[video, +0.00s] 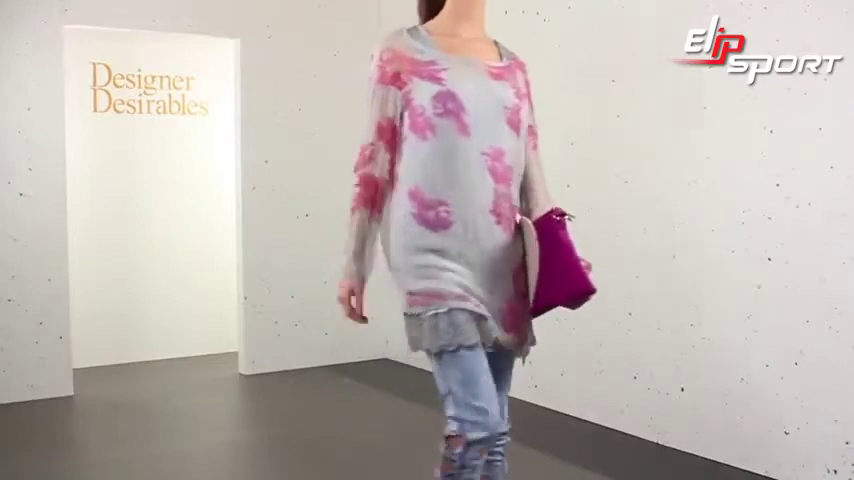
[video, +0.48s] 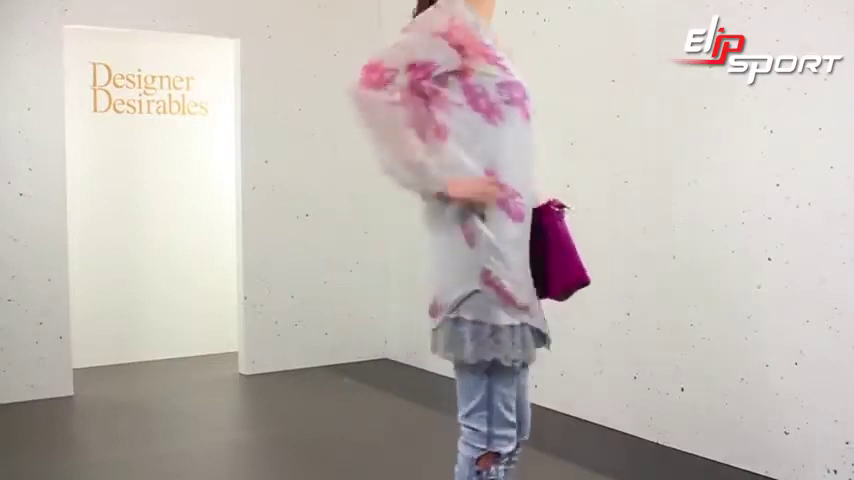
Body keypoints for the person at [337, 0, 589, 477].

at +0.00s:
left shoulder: (513, 67)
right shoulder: (402, 51)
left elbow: (531, 175)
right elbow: (376, 163)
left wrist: (560, 262)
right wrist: (356, 263)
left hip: (504, 266)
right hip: (432, 261)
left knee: (494, 429)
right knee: (477, 423)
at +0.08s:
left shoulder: (514, 65)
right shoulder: (408, 46)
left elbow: (537, 175)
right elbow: (364, 156)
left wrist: (557, 266)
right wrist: (350, 255)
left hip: (504, 265)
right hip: (436, 264)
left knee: (488, 432)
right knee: (487, 432)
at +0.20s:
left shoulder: (507, 58)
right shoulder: (416, 42)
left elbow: (533, 164)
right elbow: (347, 140)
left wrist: (556, 257)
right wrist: (348, 245)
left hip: (506, 264)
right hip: (450, 266)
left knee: (494, 440)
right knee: (484, 441)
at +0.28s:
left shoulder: (493, 44)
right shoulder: (422, 36)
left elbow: (520, 146)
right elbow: (341, 126)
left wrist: (550, 243)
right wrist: (361, 233)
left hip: (510, 258)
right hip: (459, 262)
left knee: (504, 439)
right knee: (479, 440)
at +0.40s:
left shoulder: (484, 40)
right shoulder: (438, 25)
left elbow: (493, 142)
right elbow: (350, 97)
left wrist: (535, 201)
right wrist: (399, 200)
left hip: (508, 261)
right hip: (472, 262)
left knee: (511, 436)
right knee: (483, 440)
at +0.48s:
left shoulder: (482, 40)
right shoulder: (443, 28)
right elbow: (374, 92)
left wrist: (525, 200)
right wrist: (441, 182)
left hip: (507, 259)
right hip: (476, 262)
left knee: (508, 433)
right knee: (488, 439)